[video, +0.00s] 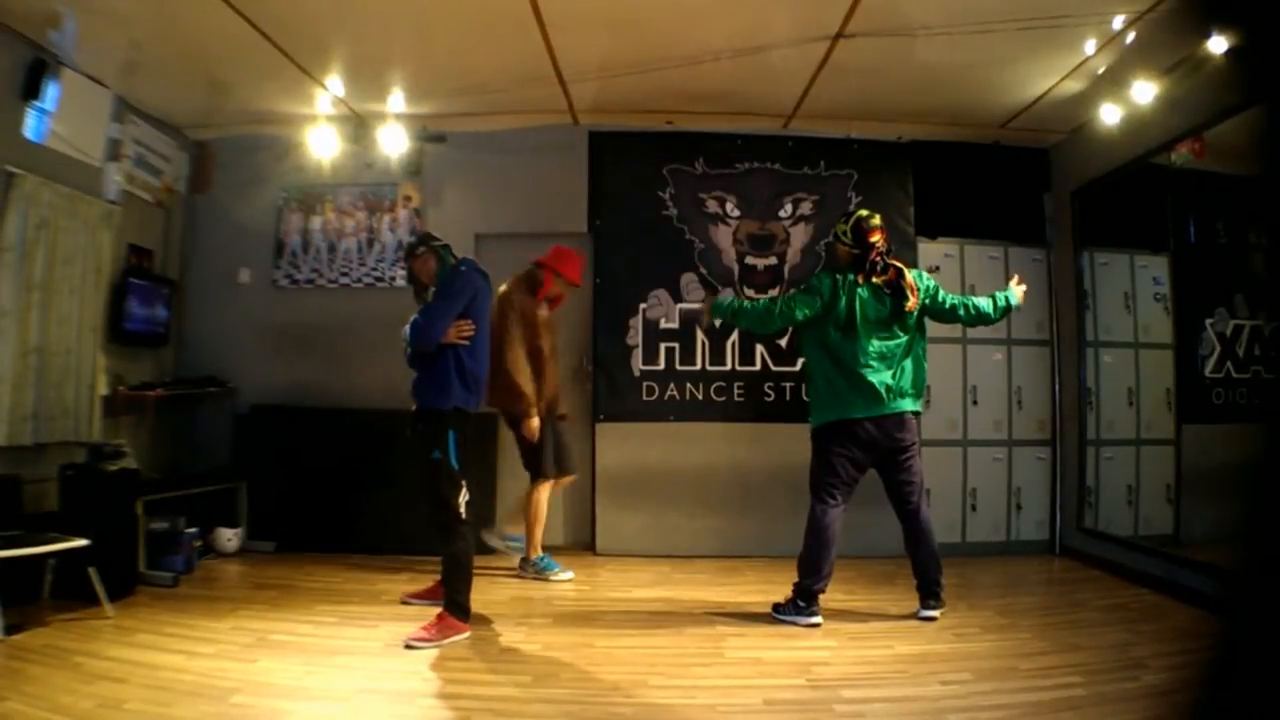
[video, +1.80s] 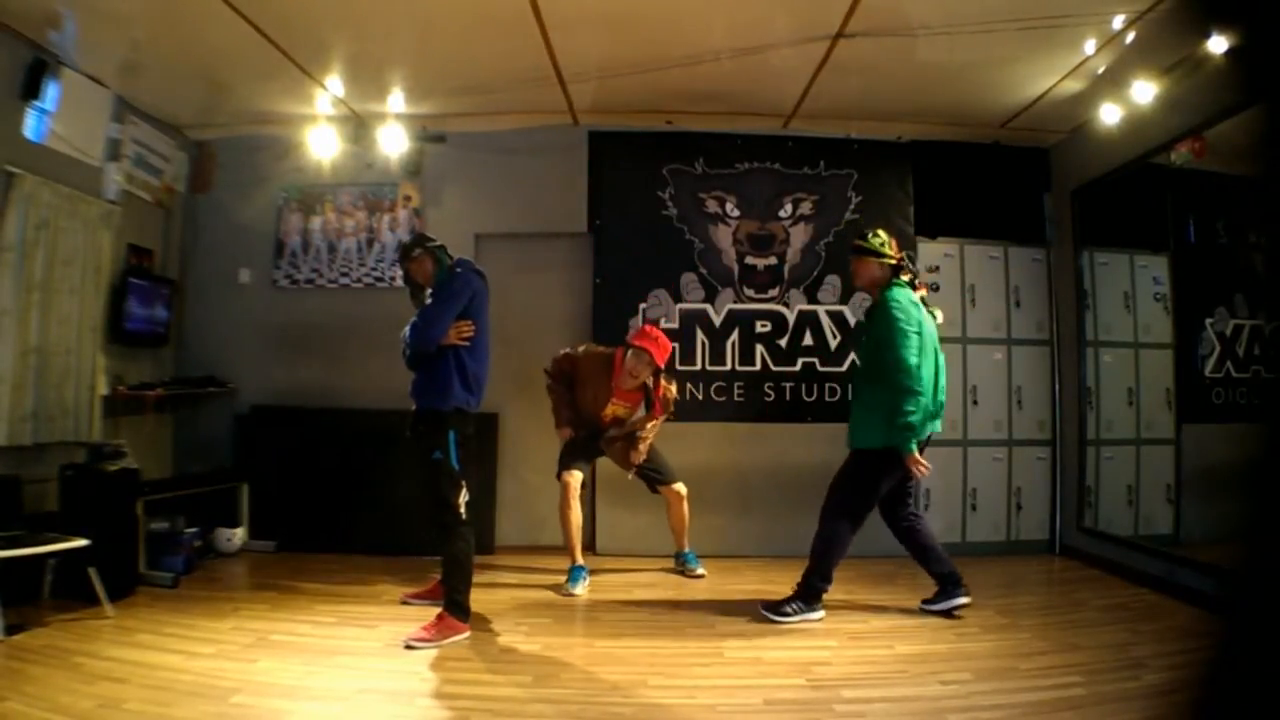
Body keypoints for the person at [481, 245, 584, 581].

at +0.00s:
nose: (562, 294)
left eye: (565, 288)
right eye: (561, 286)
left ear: (552, 280)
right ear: (547, 276)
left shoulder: (536, 302)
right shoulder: (513, 298)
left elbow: (543, 357)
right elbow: (512, 358)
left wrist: (552, 402)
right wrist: (527, 408)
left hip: (542, 402)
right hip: (523, 405)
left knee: (564, 473)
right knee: (542, 476)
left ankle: (507, 529)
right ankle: (533, 556)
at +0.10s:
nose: (581, 285)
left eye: (584, 280)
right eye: (579, 278)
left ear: (581, 277)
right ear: (565, 269)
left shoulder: (570, 300)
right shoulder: (527, 294)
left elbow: (571, 356)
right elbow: (527, 352)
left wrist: (583, 395)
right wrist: (541, 404)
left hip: (569, 399)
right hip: (538, 401)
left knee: (593, 471)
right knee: (547, 479)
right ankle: (532, 556)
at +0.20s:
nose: (593, 280)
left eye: (599, 275)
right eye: (589, 272)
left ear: (602, 277)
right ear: (573, 267)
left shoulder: (594, 305)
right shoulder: (544, 295)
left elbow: (596, 356)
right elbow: (539, 350)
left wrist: (605, 399)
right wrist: (554, 399)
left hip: (589, 401)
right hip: (557, 402)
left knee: (614, 477)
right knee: (558, 481)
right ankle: (534, 556)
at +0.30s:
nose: (601, 279)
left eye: (607, 272)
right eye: (595, 272)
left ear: (615, 273)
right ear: (581, 272)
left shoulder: (623, 308)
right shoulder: (560, 301)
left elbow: (628, 358)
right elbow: (551, 351)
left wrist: (629, 402)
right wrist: (561, 397)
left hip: (611, 405)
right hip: (576, 404)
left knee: (639, 479)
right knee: (569, 485)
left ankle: (663, 551)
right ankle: (539, 555)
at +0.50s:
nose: (625, 279)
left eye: (630, 272)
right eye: (618, 274)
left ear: (641, 271)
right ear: (611, 278)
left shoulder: (666, 312)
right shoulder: (601, 311)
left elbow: (679, 365)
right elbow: (585, 360)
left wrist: (682, 416)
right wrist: (583, 407)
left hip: (657, 408)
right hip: (613, 405)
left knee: (675, 480)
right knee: (587, 480)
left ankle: (680, 553)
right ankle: (569, 555)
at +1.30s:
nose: (636, 316)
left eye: (645, 311)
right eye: (634, 307)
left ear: (656, 316)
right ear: (625, 304)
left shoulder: (679, 346)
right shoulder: (599, 332)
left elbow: (700, 393)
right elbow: (584, 376)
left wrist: (684, 436)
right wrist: (591, 415)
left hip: (661, 421)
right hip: (616, 420)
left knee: (690, 496)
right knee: (596, 481)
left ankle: (689, 554)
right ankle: (579, 565)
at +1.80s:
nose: (638, 367)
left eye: (648, 363)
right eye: (636, 356)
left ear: (655, 369)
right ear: (626, 350)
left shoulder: (661, 389)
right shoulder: (592, 359)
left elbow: (655, 419)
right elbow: (556, 371)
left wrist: (636, 454)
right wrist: (562, 421)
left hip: (626, 435)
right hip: (585, 432)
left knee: (677, 491)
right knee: (569, 483)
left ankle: (683, 554)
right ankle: (577, 567)